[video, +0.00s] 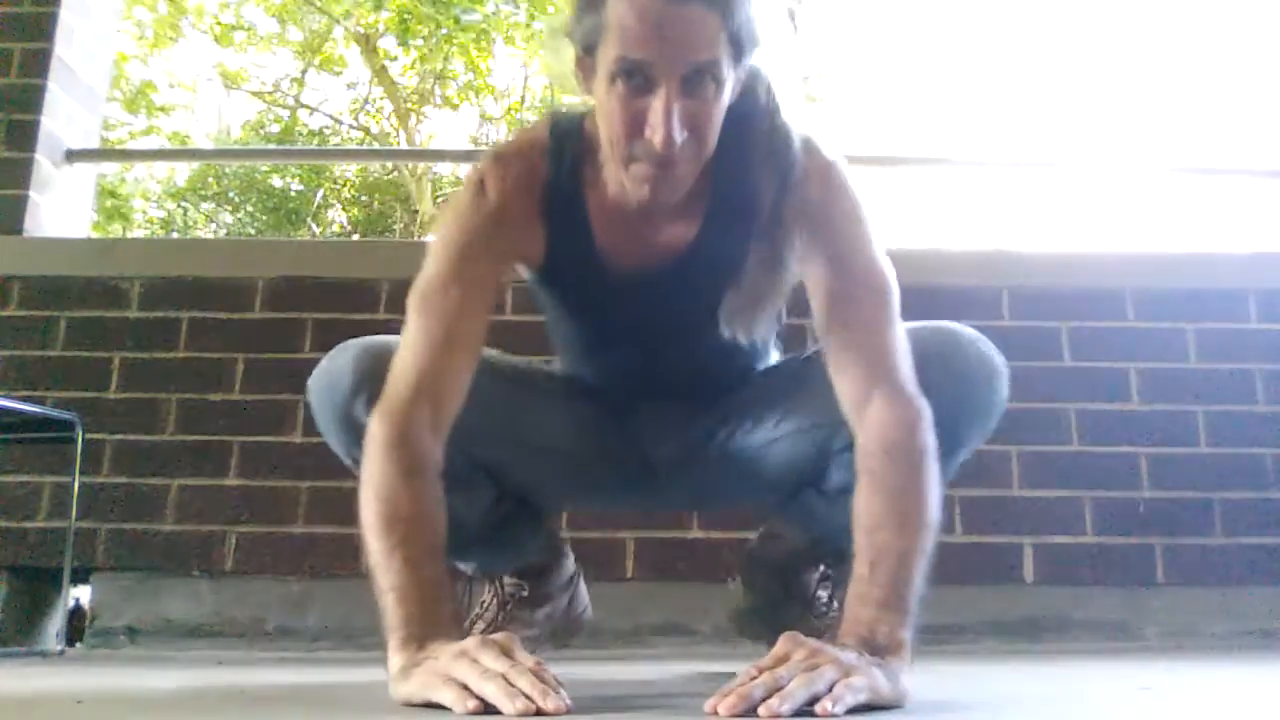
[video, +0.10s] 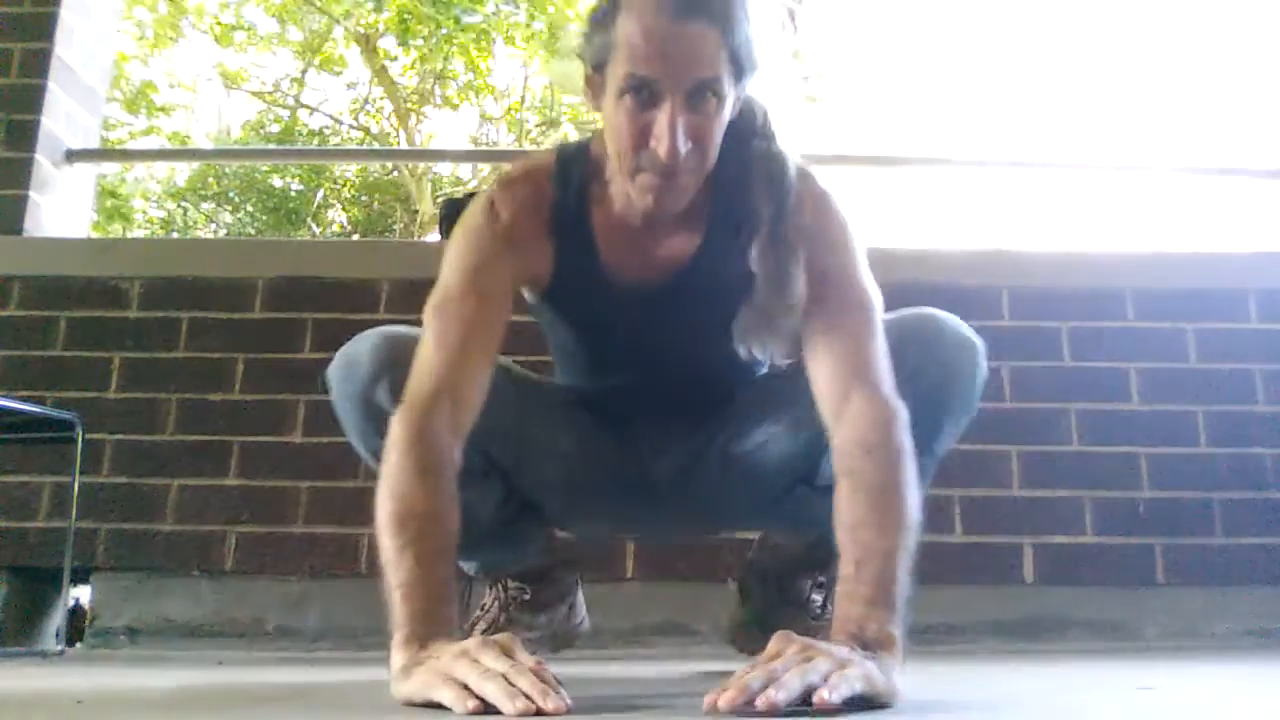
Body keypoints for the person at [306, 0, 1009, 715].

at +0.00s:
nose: (665, 125)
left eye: (698, 84)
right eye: (634, 83)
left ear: (736, 81)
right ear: (587, 74)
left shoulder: (802, 185)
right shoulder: (510, 188)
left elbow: (888, 409)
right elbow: (406, 430)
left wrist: (876, 649)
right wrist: (417, 654)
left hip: (738, 436)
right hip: (583, 435)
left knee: (966, 370)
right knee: (350, 382)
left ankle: (791, 574)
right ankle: (531, 580)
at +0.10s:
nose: (671, 136)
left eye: (701, 98)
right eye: (641, 97)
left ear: (736, 100)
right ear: (595, 93)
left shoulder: (794, 209)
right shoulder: (516, 211)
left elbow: (864, 412)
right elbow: (429, 421)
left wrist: (865, 637)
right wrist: (421, 645)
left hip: (739, 457)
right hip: (585, 456)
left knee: (944, 350)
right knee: (369, 370)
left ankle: (793, 586)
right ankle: (526, 580)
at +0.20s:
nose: (670, 150)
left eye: (699, 113)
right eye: (642, 111)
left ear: (731, 114)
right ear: (596, 106)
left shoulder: (784, 220)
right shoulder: (517, 227)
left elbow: (847, 414)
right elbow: (442, 426)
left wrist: (843, 629)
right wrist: (426, 645)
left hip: (734, 462)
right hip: (585, 464)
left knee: (932, 337)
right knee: (381, 355)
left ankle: (783, 608)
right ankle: (532, 587)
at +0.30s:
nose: (663, 164)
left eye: (694, 128)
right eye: (635, 125)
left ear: (727, 125)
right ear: (592, 120)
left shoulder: (781, 227)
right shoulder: (520, 234)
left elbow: (853, 424)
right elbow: (424, 441)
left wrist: (829, 620)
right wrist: (446, 633)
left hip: (733, 470)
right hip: (585, 471)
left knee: (929, 331)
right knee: (384, 346)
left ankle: (783, 611)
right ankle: (536, 601)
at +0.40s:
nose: (656, 169)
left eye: (687, 133)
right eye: (628, 132)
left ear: (721, 128)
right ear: (588, 128)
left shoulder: (778, 231)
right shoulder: (520, 238)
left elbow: (860, 431)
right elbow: (416, 450)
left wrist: (840, 626)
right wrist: (460, 636)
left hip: (734, 476)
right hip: (588, 476)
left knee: (925, 327)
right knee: (388, 342)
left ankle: (785, 609)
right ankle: (534, 599)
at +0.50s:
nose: (653, 168)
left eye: (682, 131)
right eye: (625, 131)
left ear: (716, 126)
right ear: (584, 129)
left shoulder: (778, 235)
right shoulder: (517, 242)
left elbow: (851, 435)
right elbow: (420, 455)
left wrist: (838, 639)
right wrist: (459, 647)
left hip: (734, 478)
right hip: (587, 479)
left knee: (922, 328)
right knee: (391, 339)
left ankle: (778, 619)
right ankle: (542, 613)